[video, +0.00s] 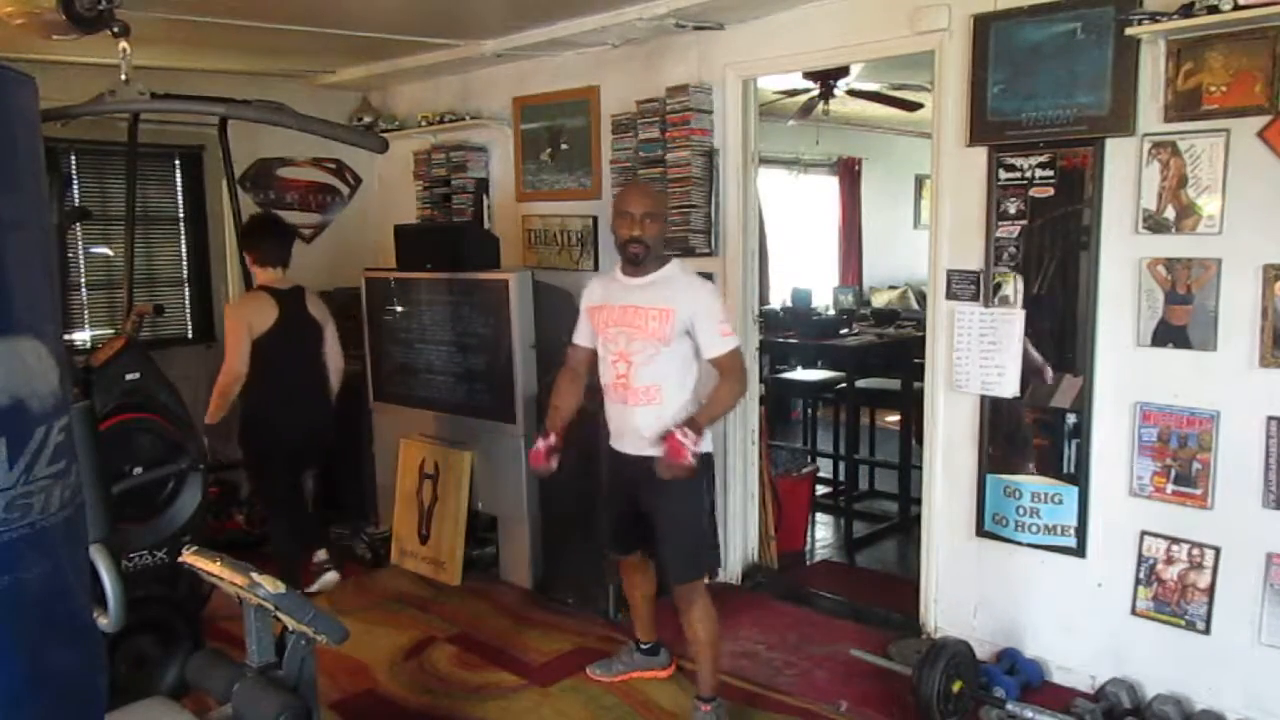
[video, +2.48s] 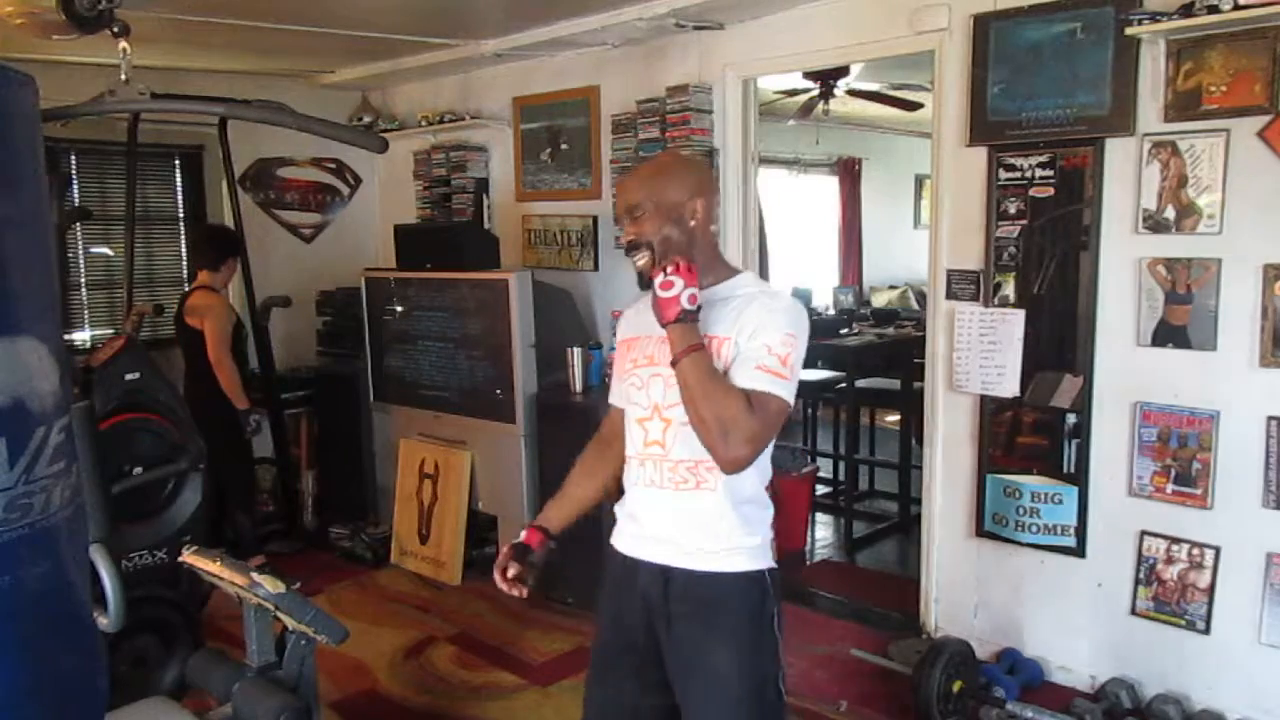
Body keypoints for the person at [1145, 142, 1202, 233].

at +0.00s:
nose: (1157, 158)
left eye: (1159, 154)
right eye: (1155, 156)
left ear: (1169, 149)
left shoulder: (1175, 161)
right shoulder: (1164, 165)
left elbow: (1170, 188)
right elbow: (1161, 188)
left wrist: (1160, 214)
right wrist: (1157, 212)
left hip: (1190, 211)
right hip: (1180, 212)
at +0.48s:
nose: (1158, 159)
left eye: (1159, 154)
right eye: (1155, 156)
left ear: (1169, 150)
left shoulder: (1175, 162)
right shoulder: (1164, 166)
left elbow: (1170, 188)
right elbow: (1161, 188)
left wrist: (1160, 214)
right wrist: (1157, 213)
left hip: (1190, 211)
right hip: (1180, 212)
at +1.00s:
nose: (1158, 159)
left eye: (1159, 154)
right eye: (1155, 156)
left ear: (1168, 150)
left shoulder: (1175, 161)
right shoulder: (1163, 166)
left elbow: (1170, 188)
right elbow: (1161, 188)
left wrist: (1159, 214)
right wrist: (1157, 213)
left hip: (1190, 211)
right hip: (1180, 211)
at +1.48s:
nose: (1158, 159)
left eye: (1159, 154)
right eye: (1155, 156)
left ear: (1168, 150)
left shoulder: (1175, 161)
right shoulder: (1164, 166)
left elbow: (1170, 187)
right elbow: (1161, 189)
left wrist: (1159, 214)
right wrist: (1157, 213)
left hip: (1190, 210)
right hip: (1180, 211)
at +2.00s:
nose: (1157, 158)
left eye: (1159, 153)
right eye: (1155, 156)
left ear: (1168, 150)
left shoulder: (1175, 162)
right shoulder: (1164, 166)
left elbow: (1170, 188)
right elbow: (1161, 188)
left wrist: (1160, 213)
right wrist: (1157, 212)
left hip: (1190, 211)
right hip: (1180, 212)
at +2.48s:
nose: (1158, 158)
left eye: (1160, 153)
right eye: (1155, 155)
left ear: (1169, 150)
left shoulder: (1175, 161)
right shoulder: (1164, 166)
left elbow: (1170, 187)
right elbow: (1161, 188)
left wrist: (1160, 213)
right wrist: (1157, 212)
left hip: (1190, 210)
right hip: (1180, 211)